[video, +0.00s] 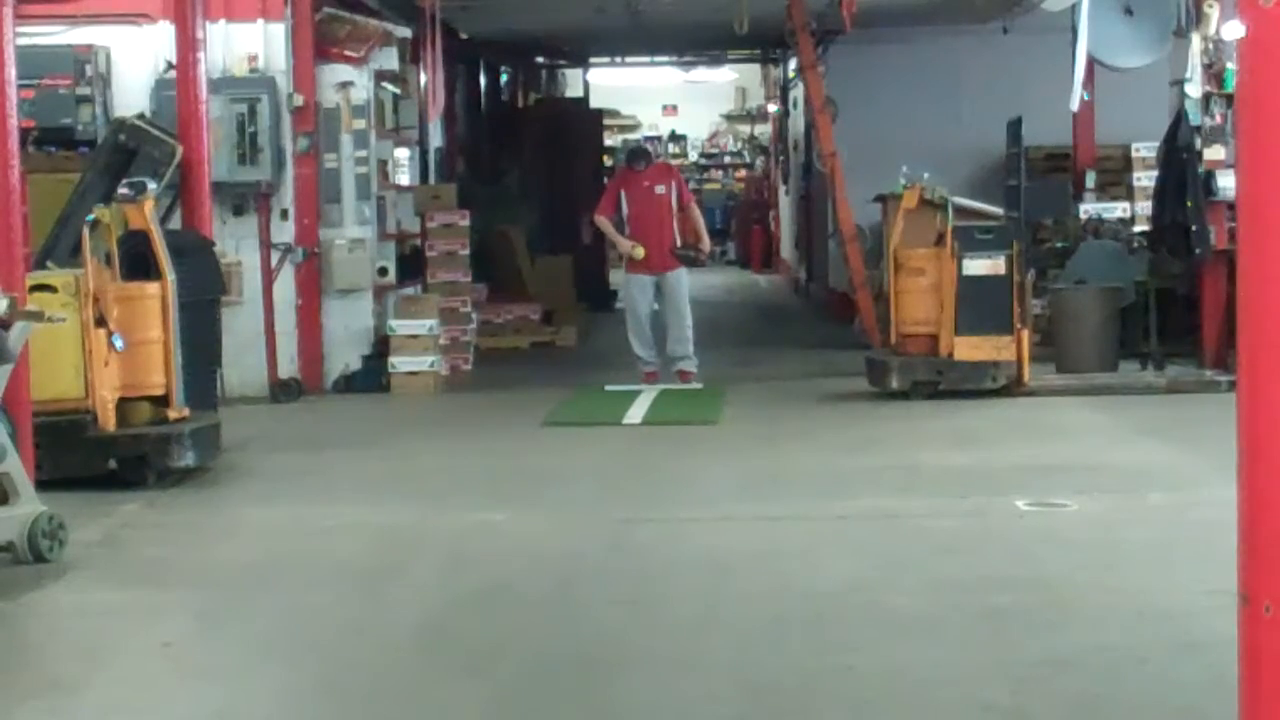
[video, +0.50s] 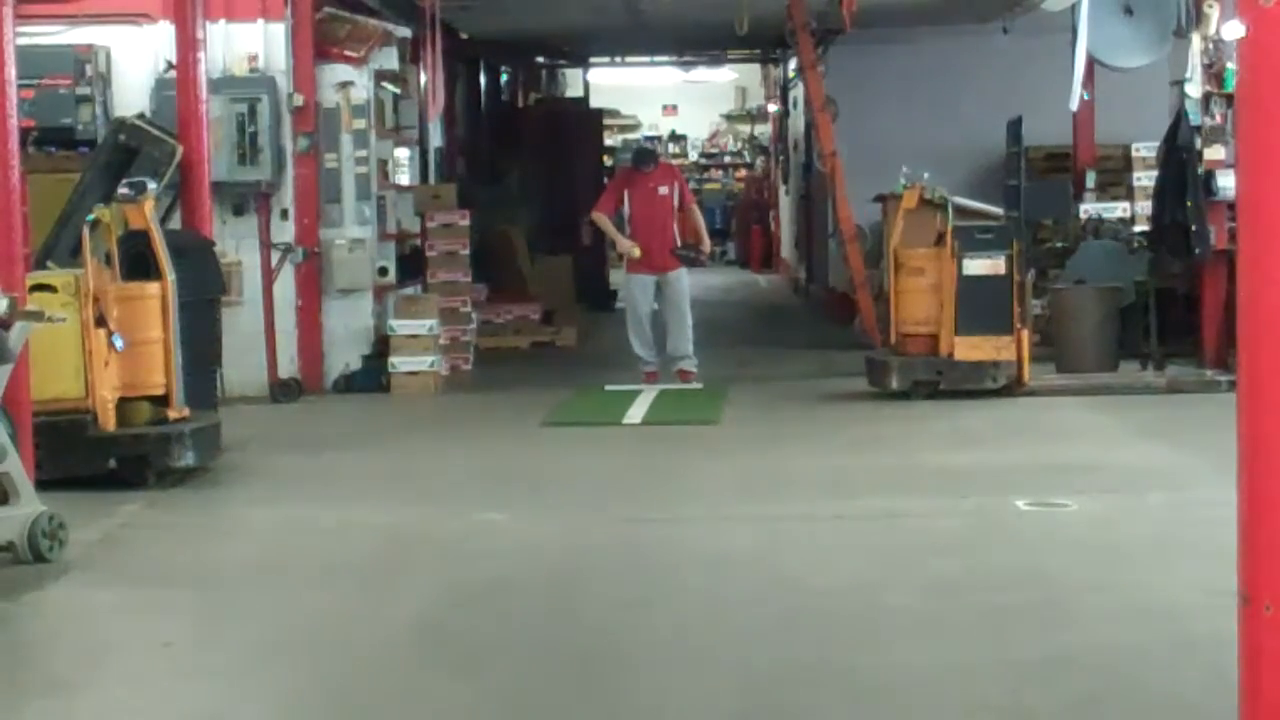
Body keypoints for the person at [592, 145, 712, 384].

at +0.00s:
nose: (639, 174)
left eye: (643, 169)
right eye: (634, 171)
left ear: (651, 160)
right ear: (628, 165)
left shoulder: (669, 173)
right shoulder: (621, 178)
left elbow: (690, 205)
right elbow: (600, 216)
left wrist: (703, 237)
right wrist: (619, 241)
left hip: (671, 261)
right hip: (638, 264)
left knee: (680, 314)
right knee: (638, 316)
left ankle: (685, 365)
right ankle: (648, 366)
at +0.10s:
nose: (640, 174)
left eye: (643, 169)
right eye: (634, 171)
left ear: (652, 160)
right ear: (628, 165)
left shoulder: (669, 173)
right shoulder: (621, 179)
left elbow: (690, 206)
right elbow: (600, 216)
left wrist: (703, 237)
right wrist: (621, 240)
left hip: (672, 260)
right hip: (638, 263)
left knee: (680, 313)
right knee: (638, 315)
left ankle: (685, 365)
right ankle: (648, 365)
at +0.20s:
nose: (643, 172)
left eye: (646, 168)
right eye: (638, 169)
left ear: (654, 160)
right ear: (630, 164)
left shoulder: (670, 173)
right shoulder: (622, 178)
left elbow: (690, 206)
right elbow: (600, 215)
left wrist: (703, 236)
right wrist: (622, 240)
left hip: (672, 260)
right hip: (639, 263)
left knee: (680, 313)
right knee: (638, 315)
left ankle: (685, 365)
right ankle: (648, 366)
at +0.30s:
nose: (645, 170)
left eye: (649, 165)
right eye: (640, 167)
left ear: (656, 159)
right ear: (632, 162)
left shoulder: (671, 173)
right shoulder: (623, 178)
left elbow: (690, 206)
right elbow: (599, 215)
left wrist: (703, 237)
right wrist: (621, 239)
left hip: (672, 259)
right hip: (639, 262)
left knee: (680, 313)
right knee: (639, 315)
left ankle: (685, 364)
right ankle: (648, 365)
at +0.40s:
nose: (645, 170)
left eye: (649, 166)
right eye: (641, 167)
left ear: (656, 160)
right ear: (633, 162)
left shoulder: (671, 173)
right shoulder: (623, 178)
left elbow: (690, 206)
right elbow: (599, 214)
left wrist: (703, 237)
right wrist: (620, 239)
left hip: (672, 260)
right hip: (639, 262)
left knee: (680, 312)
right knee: (639, 314)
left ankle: (685, 364)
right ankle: (648, 365)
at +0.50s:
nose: (646, 172)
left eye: (649, 168)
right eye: (642, 169)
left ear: (656, 161)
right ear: (634, 164)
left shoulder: (671, 173)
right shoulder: (624, 177)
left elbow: (690, 206)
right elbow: (598, 214)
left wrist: (704, 237)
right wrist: (619, 239)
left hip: (671, 259)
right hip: (639, 262)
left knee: (680, 311)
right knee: (639, 314)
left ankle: (685, 364)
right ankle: (648, 365)